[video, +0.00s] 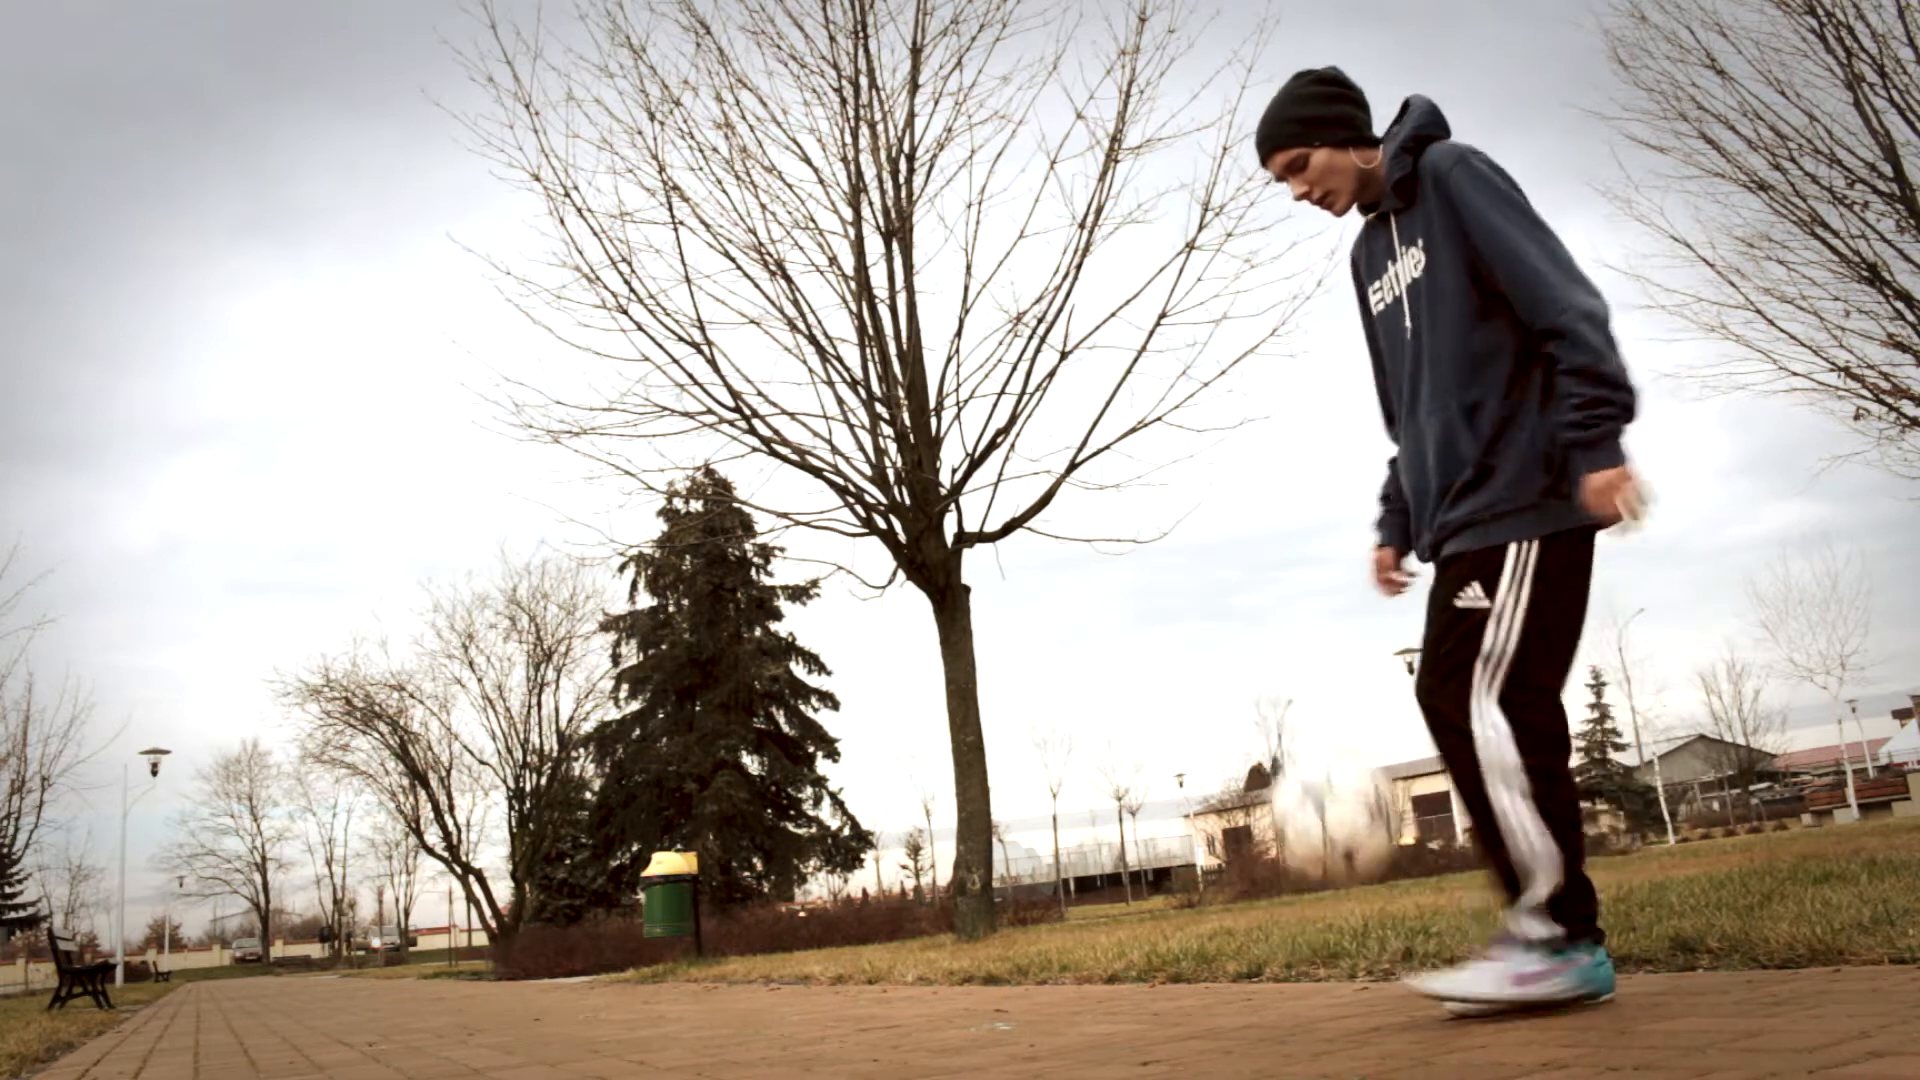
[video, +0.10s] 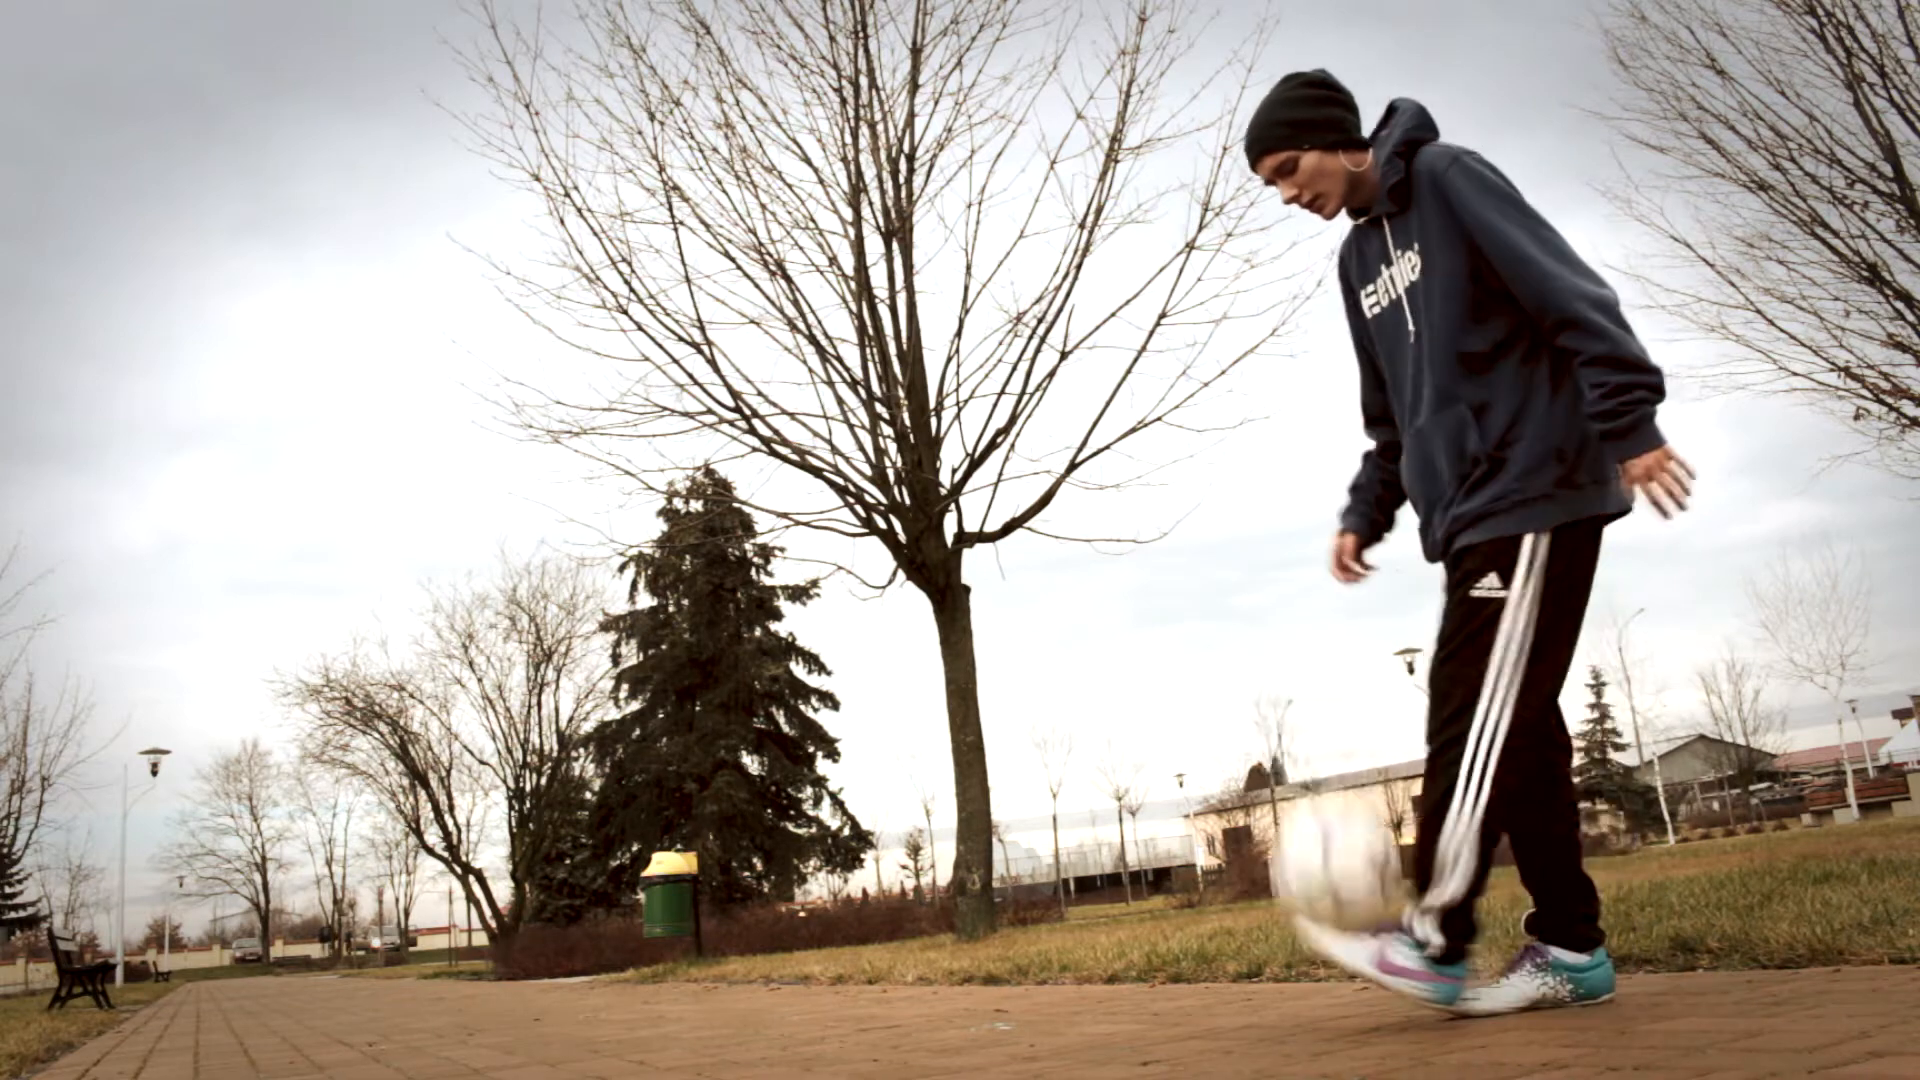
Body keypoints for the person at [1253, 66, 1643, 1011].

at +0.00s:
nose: (1299, 192)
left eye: (1299, 169)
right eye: (1286, 181)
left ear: (1341, 137)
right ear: (1311, 167)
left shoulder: (1451, 174)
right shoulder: (1368, 253)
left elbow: (1566, 302)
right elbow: (1411, 408)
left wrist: (1595, 443)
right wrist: (1396, 520)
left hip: (1531, 493)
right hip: (1462, 513)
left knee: (1471, 690)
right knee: (1487, 704)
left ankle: (1555, 933)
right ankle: (1561, 938)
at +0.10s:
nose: (1287, 195)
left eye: (1288, 171)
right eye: (1273, 183)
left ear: (1331, 138)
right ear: (1291, 174)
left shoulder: (1444, 176)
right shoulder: (1357, 260)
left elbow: (1567, 289)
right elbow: (1395, 415)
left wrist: (1630, 424)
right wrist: (1364, 511)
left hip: (1541, 490)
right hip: (1472, 514)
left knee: (1470, 708)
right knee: (1518, 719)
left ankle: (1434, 939)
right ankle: (1572, 946)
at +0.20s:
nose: (1284, 192)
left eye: (1284, 168)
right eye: (1270, 180)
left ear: (1326, 133)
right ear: (1286, 171)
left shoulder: (1439, 173)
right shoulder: (1352, 259)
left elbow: (1562, 287)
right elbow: (1386, 412)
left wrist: (1629, 420)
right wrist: (1345, 497)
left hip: (1541, 484)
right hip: (1474, 510)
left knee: (1476, 697)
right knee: (1530, 716)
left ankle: (1463, 937)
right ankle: (1574, 947)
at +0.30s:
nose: (1279, 189)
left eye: (1280, 165)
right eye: (1265, 178)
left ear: (1321, 131)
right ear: (1282, 166)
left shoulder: (1434, 170)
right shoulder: (1355, 248)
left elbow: (1554, 288)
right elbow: (1391, 399)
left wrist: (1601, 429)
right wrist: (1331, 481)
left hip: (1534, 486)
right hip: (1472, 509)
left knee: (1524, 708)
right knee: (1500, 717)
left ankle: (1578, 950)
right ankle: (1564, 945)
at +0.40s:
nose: (1274, 203)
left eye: (1272, 180)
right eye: (1260, 191)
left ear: (1311, 144)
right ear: (1284, 171)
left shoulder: (1429, 176)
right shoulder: (1355, 251)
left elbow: (1560, 292)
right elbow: (1382, 402)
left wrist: (1580, 432)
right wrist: (1301, 478)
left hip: (1545, 491)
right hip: (1475, 519)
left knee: (1545, 703)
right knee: (1483, 711)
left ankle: (1610, 954)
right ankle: (1556, 944)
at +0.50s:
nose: (1268, 222)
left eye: (1268, 200)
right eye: (1254, 211)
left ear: (1310, 164)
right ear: (1276, 190)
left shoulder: (1428, 192)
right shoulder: (1347, 268)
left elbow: (1576, 289)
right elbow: (1386, 391)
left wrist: (1571, 432)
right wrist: (1297, 481)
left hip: (1565, 495)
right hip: (1483, 521)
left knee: (1550, 709)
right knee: (1466, 701)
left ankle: (1609, 955)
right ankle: (1533, 930)